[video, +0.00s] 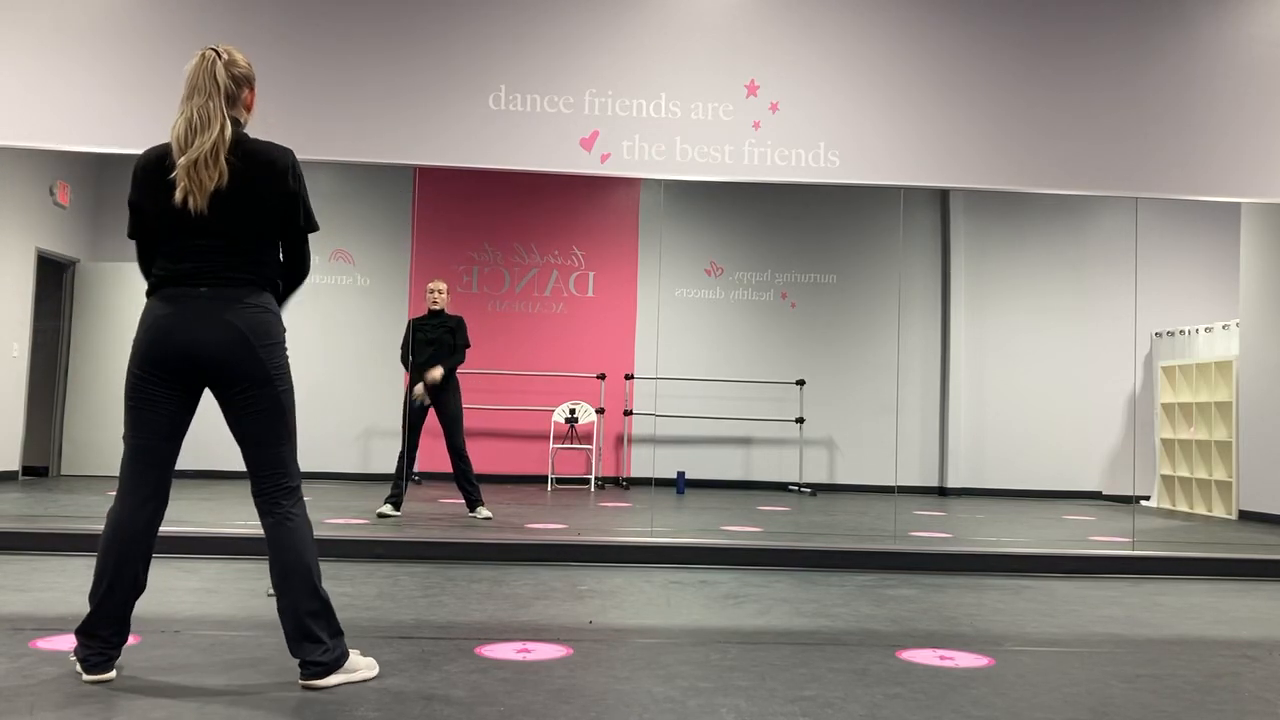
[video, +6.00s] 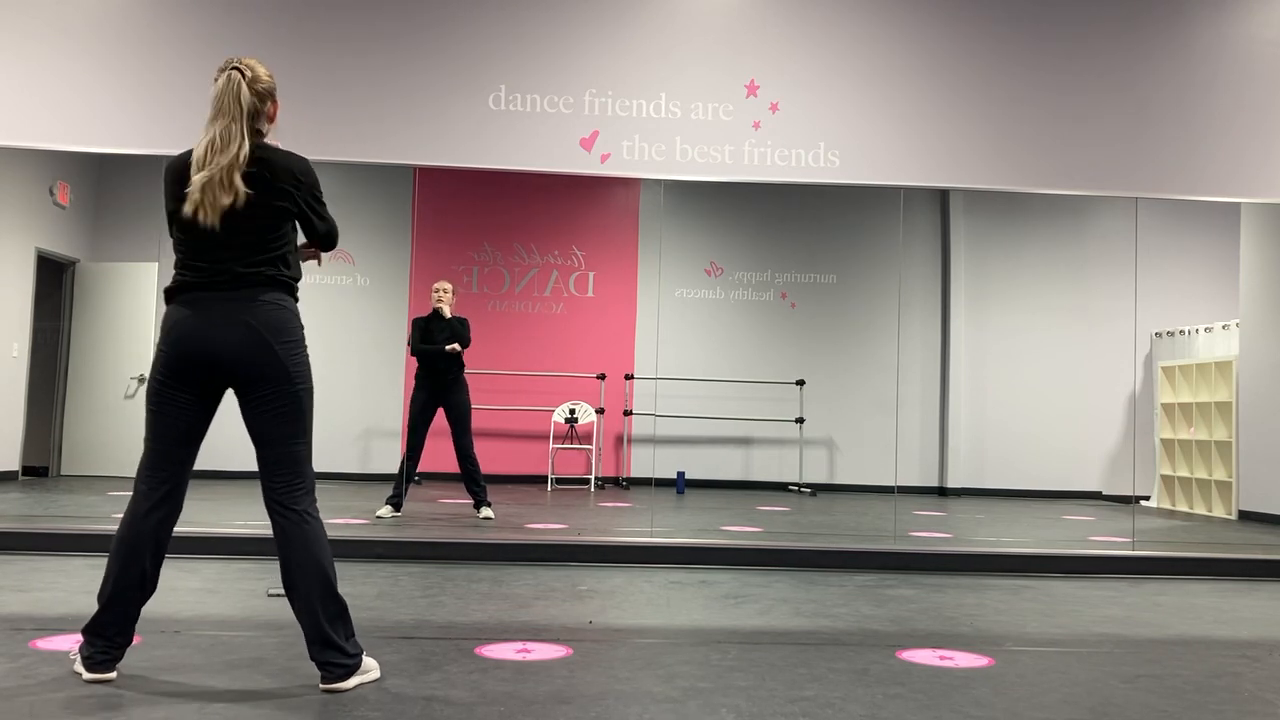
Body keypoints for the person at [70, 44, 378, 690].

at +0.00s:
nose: (256, 102)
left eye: (253, 92)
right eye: (254, 93)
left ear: (191, 94)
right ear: (245, 97)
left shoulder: (153, 164)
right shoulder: (276, 163)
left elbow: (147, 255)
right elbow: (297, 260)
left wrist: (176, 298)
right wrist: (256, 302)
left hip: (165, 323)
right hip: (249, 323)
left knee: (139, 488)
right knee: (280, 493)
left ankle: (97, 649)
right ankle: (321, 656)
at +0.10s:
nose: (260, 100)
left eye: (256, 89)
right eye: (257, 91)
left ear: (195, 92)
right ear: (246, 96)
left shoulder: (160, 161)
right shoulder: (277, 160)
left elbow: (157, 233)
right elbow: (298, 251)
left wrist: (223, 223)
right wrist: (246, 223)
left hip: (172, 322)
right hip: (254, 322)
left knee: (143, 486)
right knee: (289, 490)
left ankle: (97, 648)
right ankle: (338, 654)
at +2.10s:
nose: (277, 110)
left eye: (273, 100)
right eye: (275, 101)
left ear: (213, 102)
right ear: (264, 105)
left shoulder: (183, 167)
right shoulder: (286, 162)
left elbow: (184, 238)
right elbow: (323, 236)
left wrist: (281, 249)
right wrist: (299, 246)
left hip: (189, 325)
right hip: (268, 325)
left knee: (156, 487)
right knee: (291, 495)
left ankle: (100, 649)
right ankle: (338, 659)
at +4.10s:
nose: (284, 114)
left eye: (282, 104)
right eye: (282, 105)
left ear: (220, 105)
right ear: (269, 108)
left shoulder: (186, 170)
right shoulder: (288, 166)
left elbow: (194, 246)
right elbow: (328, 243)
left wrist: (296, 254)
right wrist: (315, 248)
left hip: (200, 331)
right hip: (277, 329)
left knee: (167, 490)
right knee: (298, 495)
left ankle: (101, 648)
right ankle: (338, 659)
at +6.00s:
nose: (280, 115)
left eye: (277, 106)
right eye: (279, 106)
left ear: (217, 105)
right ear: (269, 110)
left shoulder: (179, 169)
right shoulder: (289, 169)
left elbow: (193, 245)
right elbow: (326, 239)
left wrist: (286, 250)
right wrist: (277, 251)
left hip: (188, 327)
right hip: (268, 327)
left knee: (155, 489)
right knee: (292, 497)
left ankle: (101, 649)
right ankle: (338, 658)